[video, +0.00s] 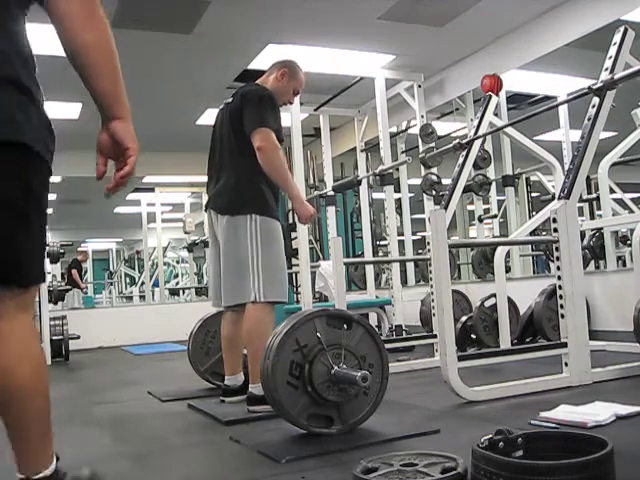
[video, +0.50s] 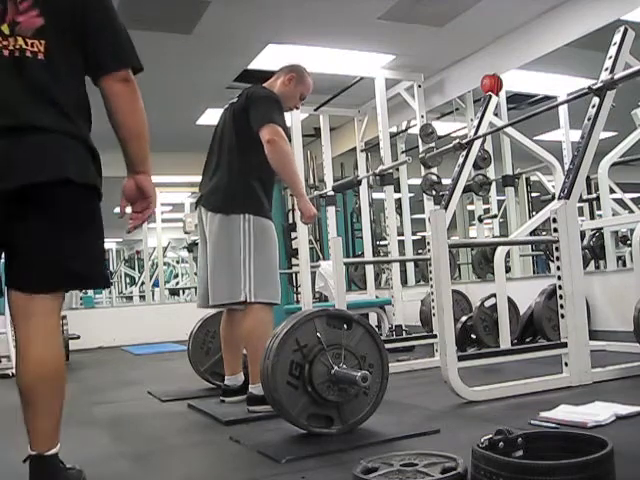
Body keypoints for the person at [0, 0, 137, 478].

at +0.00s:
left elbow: (75, 8)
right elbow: (75, 7)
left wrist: (114, 113)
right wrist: (116, 114)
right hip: (9, 118)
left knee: (18, 310)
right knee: (12, 311)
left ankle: (41, 468)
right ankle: (41, 471)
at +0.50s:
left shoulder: (82, 8)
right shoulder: (76, 3)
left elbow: (115, 76)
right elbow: (117, 76)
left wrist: (137, 170)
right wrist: (139, 169)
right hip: (44, 160)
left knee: (37, 317)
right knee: (36, 316)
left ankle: (44, 459)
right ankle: (44, 461)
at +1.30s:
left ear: (6, 8)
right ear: (12, 4)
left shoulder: (33, 39)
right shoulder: (30, 38)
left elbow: (60, 115)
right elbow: (62, 115)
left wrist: (27, 152)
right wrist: (27, 151)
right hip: (23, 186)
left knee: (51, 294)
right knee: (49, 294)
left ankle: (41, 399)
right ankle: (41, 398)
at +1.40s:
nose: (14, 10)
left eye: (12, 7)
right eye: (15, 6)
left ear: (4, 6)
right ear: (10, 4)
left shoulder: (31, 45)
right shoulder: (28, 43)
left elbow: (58, 116)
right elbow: (60, 117)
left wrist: (25, 151)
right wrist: (26, 151)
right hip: (24, 193)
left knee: (39, 306)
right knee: (39, 305)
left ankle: (47, 419)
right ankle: (46, 420)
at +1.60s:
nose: (23, 20)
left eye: (20, 14)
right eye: (24, 14)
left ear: (5, 14)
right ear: (17, 13)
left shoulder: (36, 60)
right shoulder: (34, 59)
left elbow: (63, 124)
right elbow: (65, 124)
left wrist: (30, 154)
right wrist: (30, 154)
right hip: (23, 200)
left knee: (30, 308)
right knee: (30, 306)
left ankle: (53, 407)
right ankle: (52, 408)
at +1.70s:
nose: (34, 27)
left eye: (30, 19)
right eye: (34, 20)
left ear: (0, 19)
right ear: (27, 18)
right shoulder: (41, 67)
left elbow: (72, 128)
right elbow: (73, 128)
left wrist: (35, 154)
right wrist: (36, 155)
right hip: (28, 208)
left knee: (6, 315)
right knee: (39, 312)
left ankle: (57, 410)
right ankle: (58, 411)